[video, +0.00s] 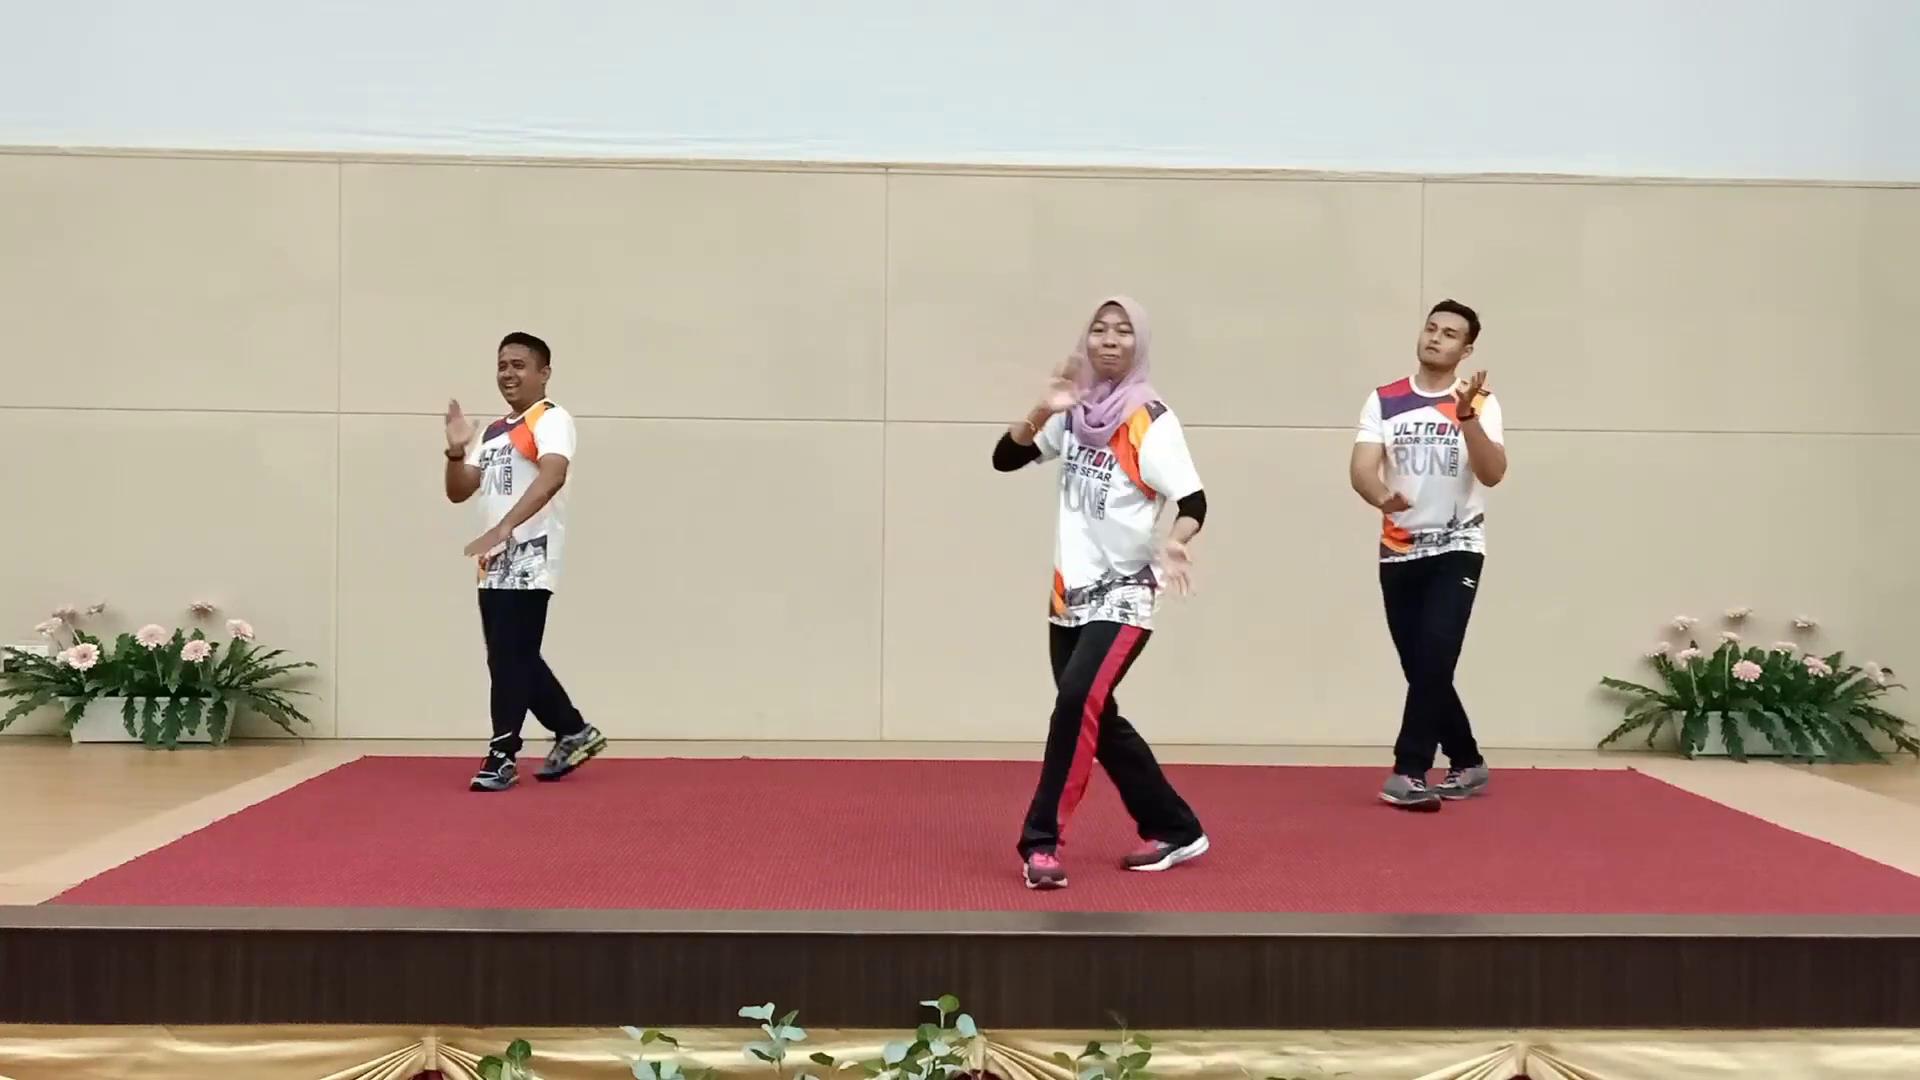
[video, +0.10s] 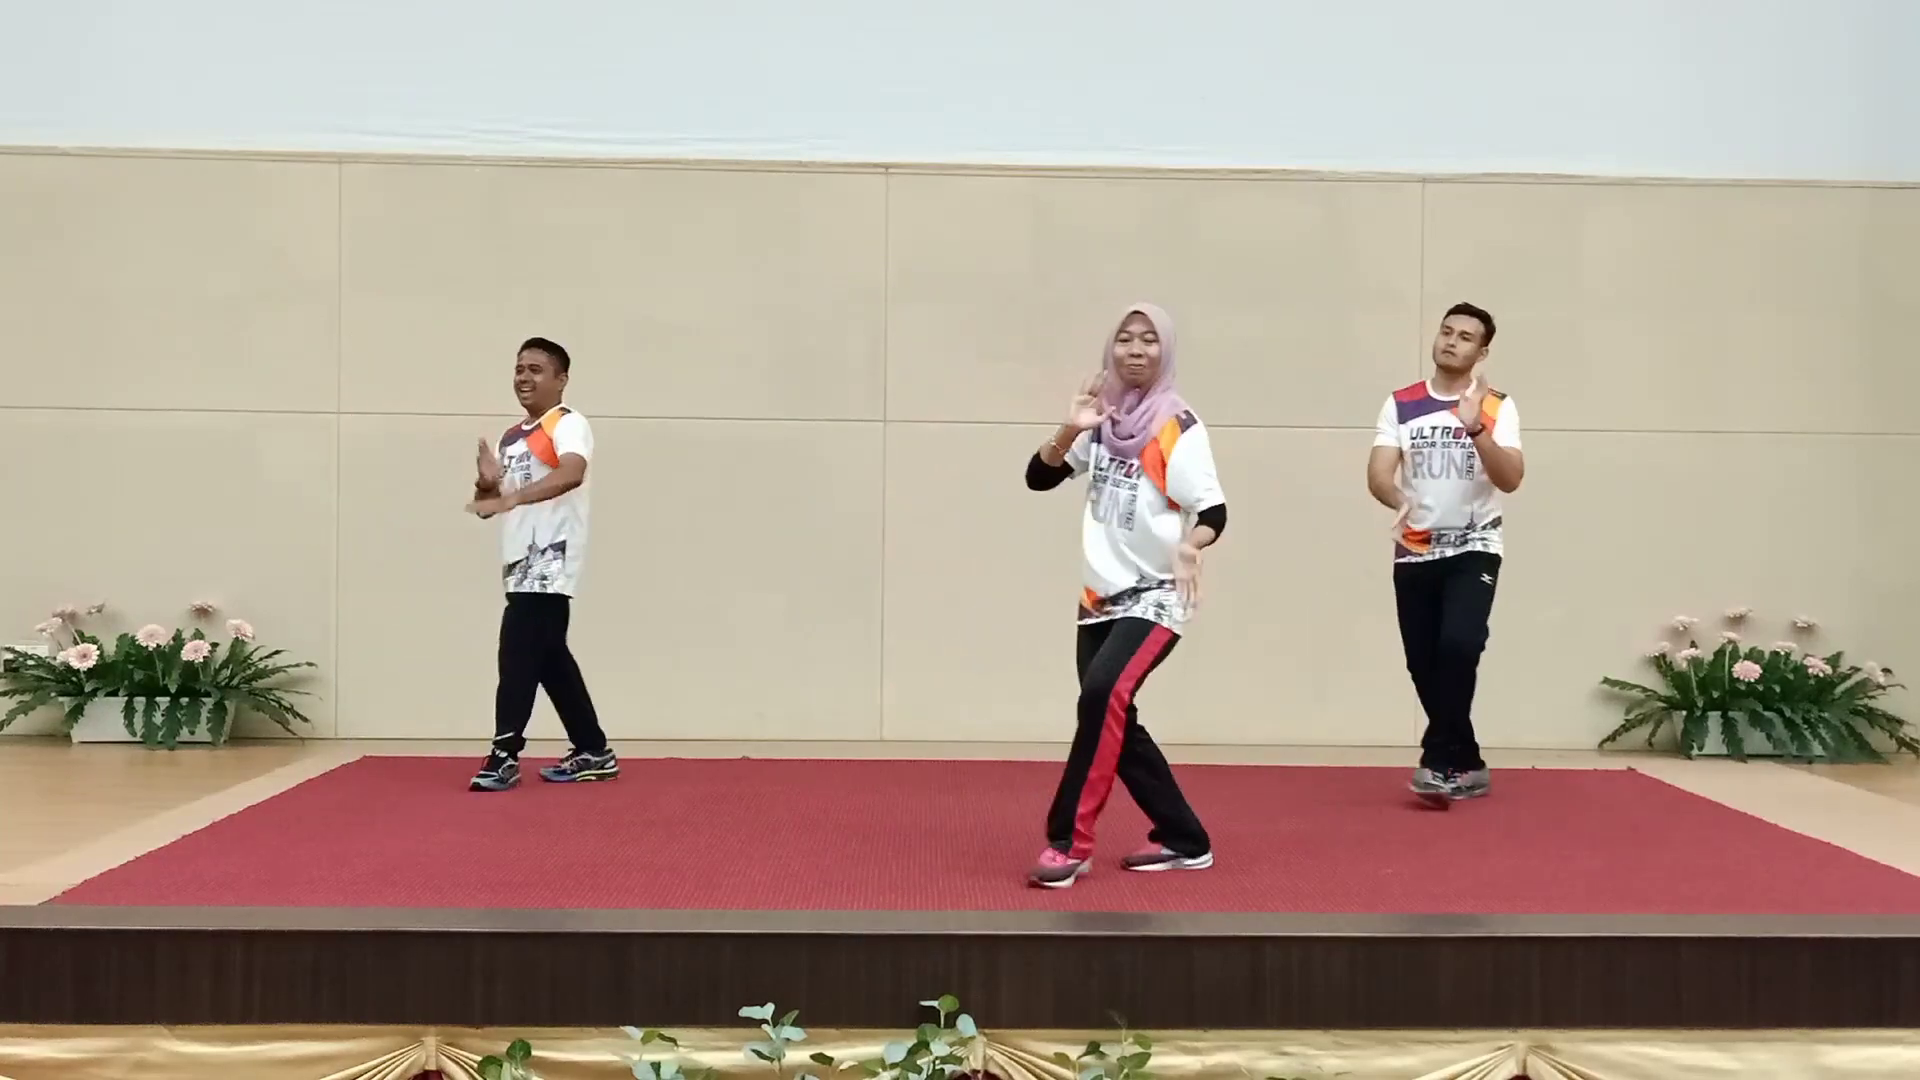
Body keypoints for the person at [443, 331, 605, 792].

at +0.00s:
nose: (507, 373)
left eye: (519, 365)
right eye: (502, 366)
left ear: (544, 373)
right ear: (496, 374)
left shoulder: (551, 419)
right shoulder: (493, 432)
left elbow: (553, 477)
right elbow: (458, 493)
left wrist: (503, 528)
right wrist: (456, 455)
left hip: (528, 563)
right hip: (495, 564)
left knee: (511, 660)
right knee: (513, 659)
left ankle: (502, 756)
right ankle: (575, 732)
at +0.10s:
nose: (523, 377)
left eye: (535, 370)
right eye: (519, 370)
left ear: (561, 379)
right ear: (514, 377)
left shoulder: (568, 422)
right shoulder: (513, 436)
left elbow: (572, 473)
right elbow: (487, 506)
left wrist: (514, 498)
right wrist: (489, 483)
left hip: (550, 564)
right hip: (523, 565)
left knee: (518, 654)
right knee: (551, 659)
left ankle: (504, 758)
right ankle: (594, 751)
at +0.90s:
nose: (644, 373)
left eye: (655, 365)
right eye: (642, 365)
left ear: (684, 374)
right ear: (641, 373)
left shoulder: (692, 426)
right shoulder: (633, 428)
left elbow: (684, 491)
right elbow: (578, 461)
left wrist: (615, 495)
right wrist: (547, 427)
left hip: (663, 567)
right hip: (619, 559)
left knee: (666, 658)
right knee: (570, 615)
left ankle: (686, 755)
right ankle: (571, 721)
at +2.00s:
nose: (562, 369)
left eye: (572, 362)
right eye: (553, 362)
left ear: (588, 372)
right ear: (540, 371)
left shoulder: (610, 428)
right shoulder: (514, 423)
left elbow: (639, 491)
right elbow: (478, 486)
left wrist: (604, 448)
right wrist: (502, 542)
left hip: (592, 567)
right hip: (531, 570)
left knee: (621, 657)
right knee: (525, 667)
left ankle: (646, 744)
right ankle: (522, 759)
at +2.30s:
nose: (518, 371)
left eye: (525, 364)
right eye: (507, 364)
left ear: (537, 372)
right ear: (488, 374)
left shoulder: (559, 433)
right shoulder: (466, 421)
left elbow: (581, 499)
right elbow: (427, 465)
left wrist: (553, 513)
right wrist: (447, 455)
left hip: (534, 570)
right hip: (484, 567)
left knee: (512, 666)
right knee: (502, 667)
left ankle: (469, 738)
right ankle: (519, 760)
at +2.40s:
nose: (508, 374)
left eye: (515, 367)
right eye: (497, 367)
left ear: (527, 376)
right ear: (479, 378)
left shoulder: (550, 437)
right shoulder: (457, 425)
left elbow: (572, 504)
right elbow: (425, 475)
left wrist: (546, 529)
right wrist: (451, 449)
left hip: (518, 572)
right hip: (469, 570)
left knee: (493, 665)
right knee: (493, 663)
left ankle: (459, 748)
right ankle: (512, 756)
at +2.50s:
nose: (487, 371)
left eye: (494, 364)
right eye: (476, 365)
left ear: (504, 373)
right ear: (457, 375)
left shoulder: (529, 432)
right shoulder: (435, 427)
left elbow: (550, 499)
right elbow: (421, 491)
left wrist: (535, 552)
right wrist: (457, 450)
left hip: (501, 565)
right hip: (450, 560)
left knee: (490, 657)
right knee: (458, 646)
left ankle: (466, 747)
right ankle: (459, 745)